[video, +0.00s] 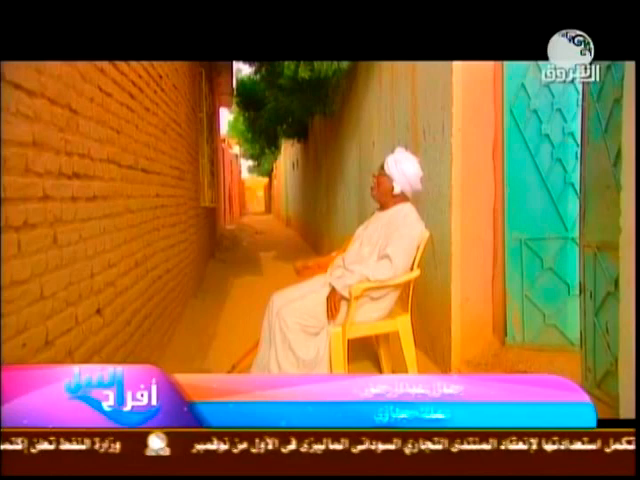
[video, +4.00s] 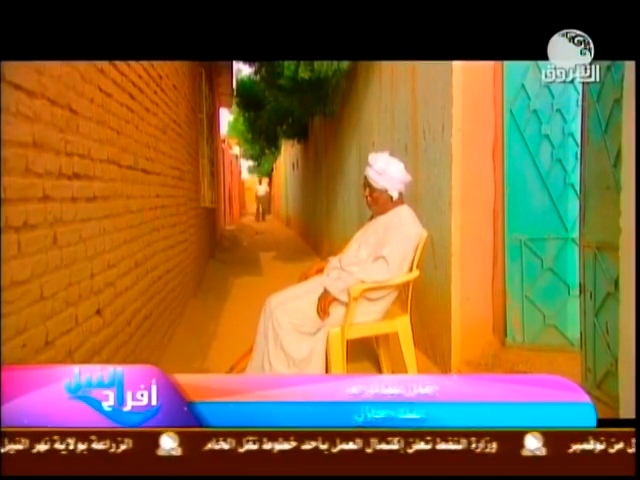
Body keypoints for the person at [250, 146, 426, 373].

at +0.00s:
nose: (374, 179)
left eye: (381, 176)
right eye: (377, 175)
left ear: (396, 185)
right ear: (393, 186)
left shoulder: (407, 220)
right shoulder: (384, 214)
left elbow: (393, 269)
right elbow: (354, 253)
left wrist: (342, 286)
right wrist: (326, 268)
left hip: (364, 296)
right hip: (342, 281)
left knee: (288, 316)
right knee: (278, 303)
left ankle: (291, 387)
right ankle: (270, 379)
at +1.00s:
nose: (374, 186)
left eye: (381, 182)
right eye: (377, 180)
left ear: (397, 189)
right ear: (395, 190)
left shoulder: (408, 223)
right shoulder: (386, 216)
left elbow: (390, 271)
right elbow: (355, 252)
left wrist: (340, 287)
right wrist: (325, 267)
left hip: (362, 298)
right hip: (342, 280)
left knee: (287, 317)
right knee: (276, 303)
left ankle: (288, 386)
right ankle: (267, 378)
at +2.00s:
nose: (373, 186)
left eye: (378, 181)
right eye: (376, 179)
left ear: (390, 188)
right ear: (392, 189)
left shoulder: (405, 221)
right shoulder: (388, 216)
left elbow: (388, 271)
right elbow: (358, 253)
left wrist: (336, 288)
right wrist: (327, 266)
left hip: (360, 298)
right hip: (341, 281)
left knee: (283, 314)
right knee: (274, 303)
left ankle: (281, 386)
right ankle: (266, 379)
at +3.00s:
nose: (372, 186)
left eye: (377, 181)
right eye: (375, 180)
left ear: (389, 188)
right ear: (391, 188)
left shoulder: (404, 222)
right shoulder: (387, 216)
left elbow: (388, 272)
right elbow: (357, 252)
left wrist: (335, 288)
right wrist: (326, 266)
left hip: (359, 297)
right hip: (341, 280)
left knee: (281, 314)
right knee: (273, 304)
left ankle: (281, 386)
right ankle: (268, 380)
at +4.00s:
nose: (366, 195)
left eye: (373, 190)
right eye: (366, 188)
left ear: (392, 193)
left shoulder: (404, 223)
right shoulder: (385, 217)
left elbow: (387, 271)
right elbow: (356, 253)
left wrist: (335, 288)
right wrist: (326, 266)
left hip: (359, 299)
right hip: (340, 282)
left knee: (282, 315)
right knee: (274, 305)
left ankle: (280, 386)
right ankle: (267, 379)